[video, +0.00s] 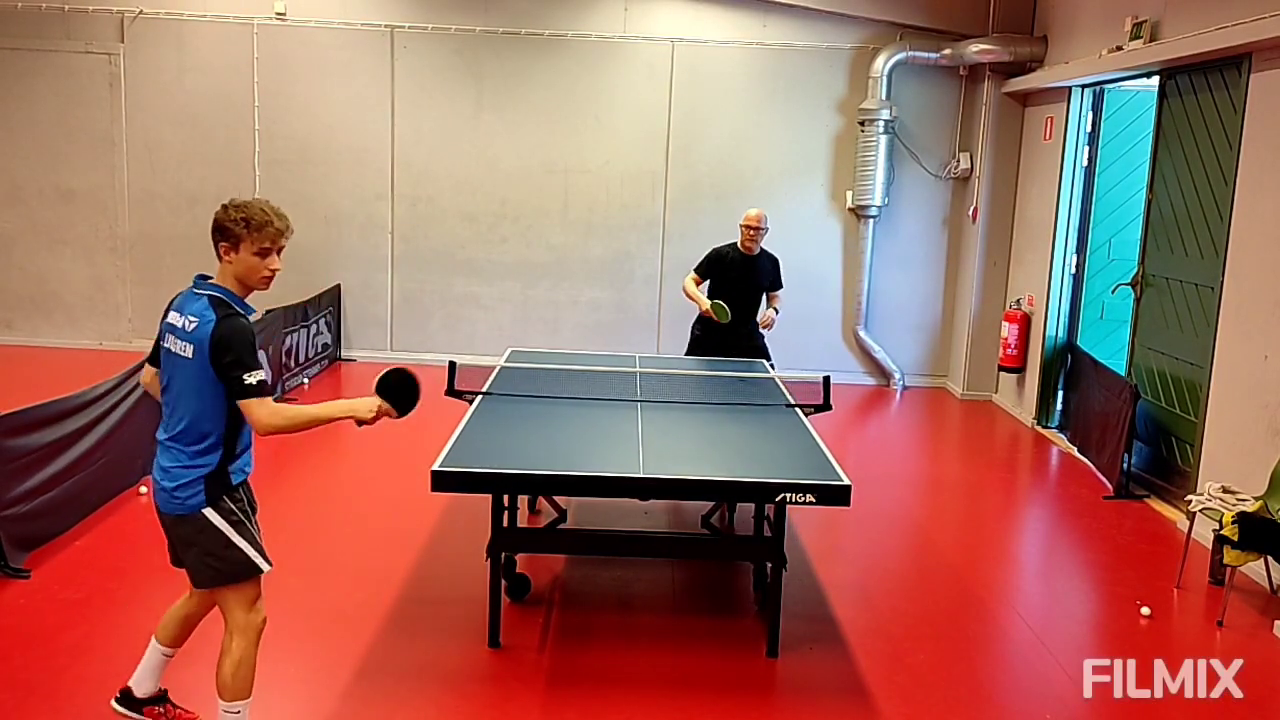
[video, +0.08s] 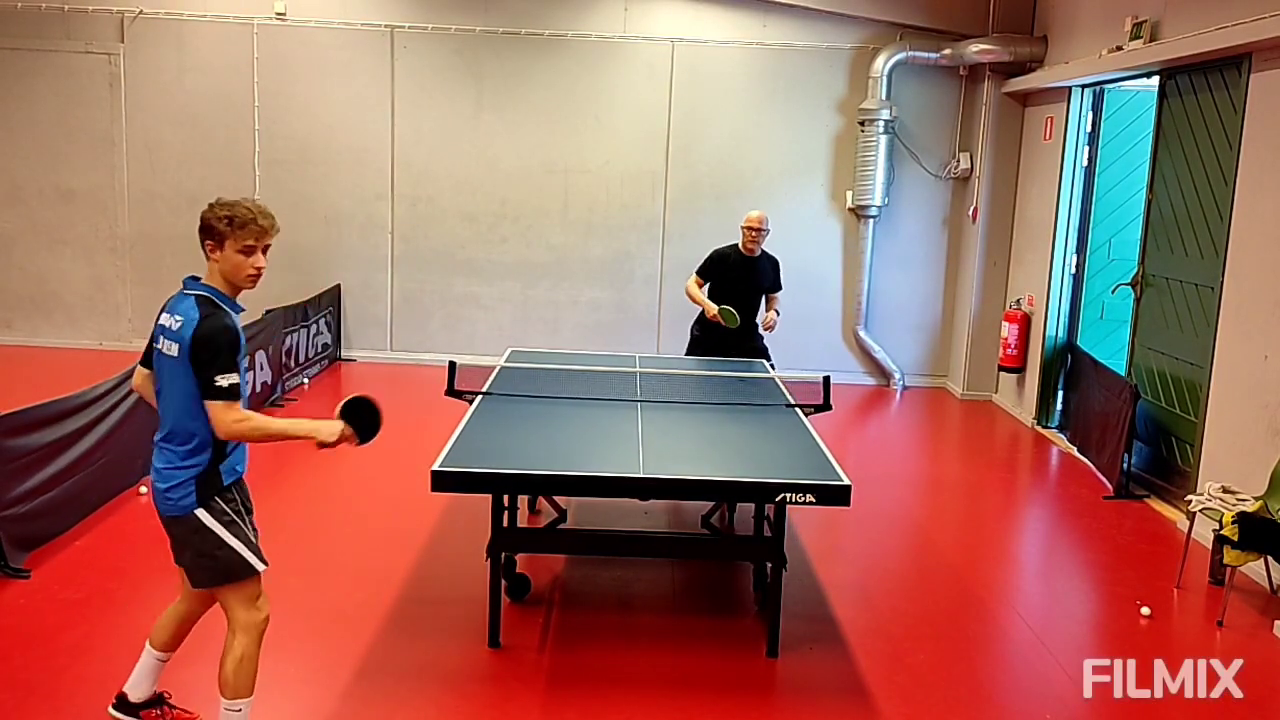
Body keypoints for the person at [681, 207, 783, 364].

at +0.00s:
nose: (751, 233)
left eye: (757, 229)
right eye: (747, 228)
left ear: (765, 232)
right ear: (740, 227)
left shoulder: (770, 263)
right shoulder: (719, 255)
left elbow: (774, 297)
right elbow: (689, 283)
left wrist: (773, 310)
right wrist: (702, 301)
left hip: (746, 335)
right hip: (710, 333)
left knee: (768, 383)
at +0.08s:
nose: (753, 235)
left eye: (759, 231)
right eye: (749, 229)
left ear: (767, 234)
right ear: (742, 229)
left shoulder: (770, 264)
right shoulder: (720, 256)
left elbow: (772, 298)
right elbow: (691, 286)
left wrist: (773, 312)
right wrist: (707, 305)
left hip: (746, 335)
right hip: (710, 332)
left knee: (768, 382)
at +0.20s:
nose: (761, 237)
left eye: (767, 233)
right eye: (757, 232)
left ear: (774, 236)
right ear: (749, 232)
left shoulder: (777, 266)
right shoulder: (728, 258)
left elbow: (777, 300)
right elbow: (701, 290)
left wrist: (781, 314)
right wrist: (722, 310)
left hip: (753, 338)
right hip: (717, 334)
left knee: (777, 383)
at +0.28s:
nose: (768, 236)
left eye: (773, 232)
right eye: (763, 230)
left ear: (781, 235)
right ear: (755, 230)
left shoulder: (784, 265)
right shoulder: (735, 257)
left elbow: (784, 298)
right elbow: (709, 289)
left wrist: (787, 314)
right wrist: (730, 308)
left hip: (763, 338)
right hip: (726, 335)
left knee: (783, 386)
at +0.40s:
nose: (782, 228)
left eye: (787, 225)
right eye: (777, 223)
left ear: (795, 228)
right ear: (769, 224)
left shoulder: (800, 258)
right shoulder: (749, 251)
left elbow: (804, 290)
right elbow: (724, 285)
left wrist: (804, 308)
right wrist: (744, 301)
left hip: (778, 334)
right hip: (741, 331)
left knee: (789, 386)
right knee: (719, 381)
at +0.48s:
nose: (786, 225)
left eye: (791, 221)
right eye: (782, 220)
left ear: (799, 224)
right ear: (774, 220)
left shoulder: (805, 255)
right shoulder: (754, 249)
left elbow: (812, 287)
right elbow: (729, 282)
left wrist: (811, 306)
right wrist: (750, 298)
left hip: (781, 331)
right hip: (746, 327)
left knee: (790, 385)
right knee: (725, 378)